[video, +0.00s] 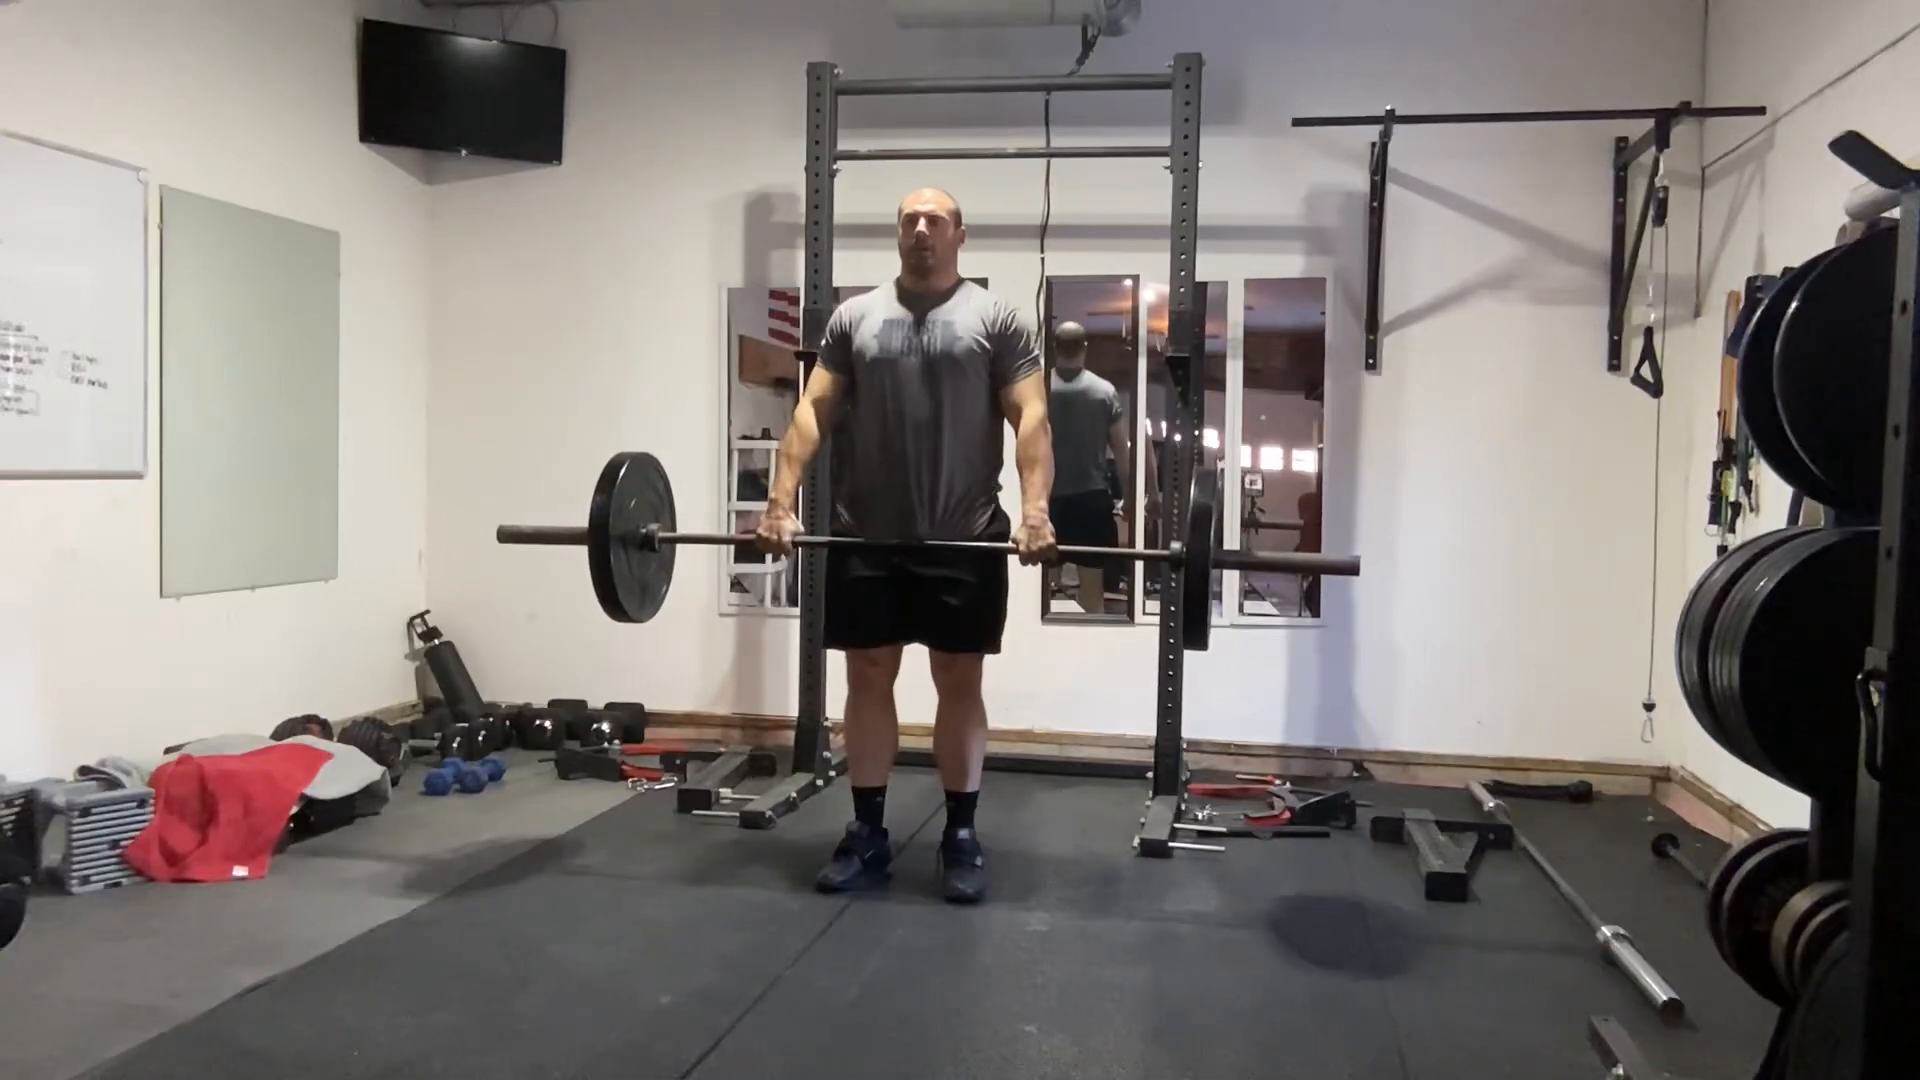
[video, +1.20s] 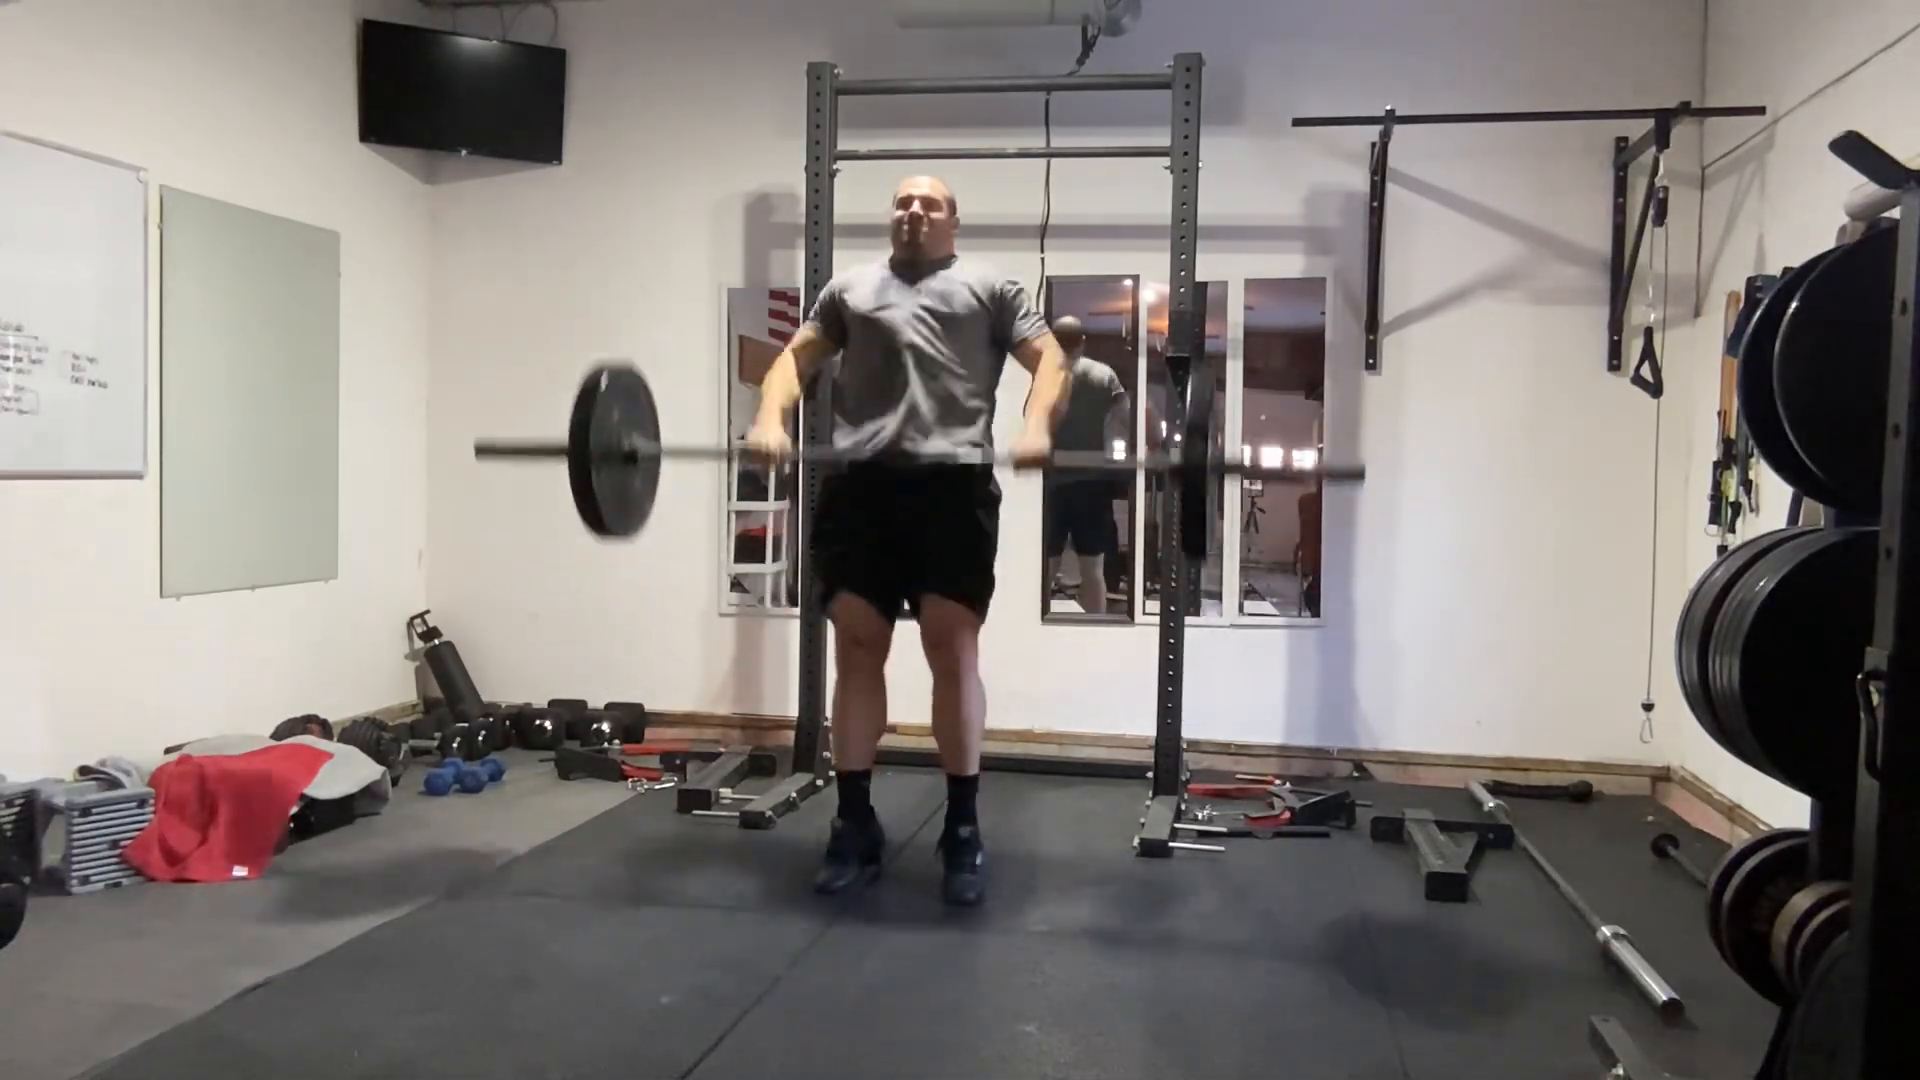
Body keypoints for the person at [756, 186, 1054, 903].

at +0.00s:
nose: (920, 228)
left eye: (935, 219)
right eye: (910, 219)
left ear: (959, 238)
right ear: (897, 236)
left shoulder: (995, 320)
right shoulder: (853, 318)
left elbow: (1030, 417)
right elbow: (810, 410)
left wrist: (1035, 508)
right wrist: (780, 501)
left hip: (962, 534)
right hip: (867, 533)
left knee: (958, 679)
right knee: (867, 676)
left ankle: (961, 836)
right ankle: (866, 836)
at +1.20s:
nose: (915, 211)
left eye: (930, 204)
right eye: (904, 203)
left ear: (954, 224)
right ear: (889, 221)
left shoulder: (989, 288)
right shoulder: (851, 289)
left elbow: (1051, 361)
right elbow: (791, 362)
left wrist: (1037, 425)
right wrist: (770, 418)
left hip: (954, 486)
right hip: (862, 483)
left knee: (950, 647)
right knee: (857, 648)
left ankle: (962, 827)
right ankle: (853, 822)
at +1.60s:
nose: (902, 224)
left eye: (918, 216)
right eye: (893, 216)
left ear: (949, 238)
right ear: (881, 238)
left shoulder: (970, 316)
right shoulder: (846, 313)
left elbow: (998, 368)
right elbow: (792, 344)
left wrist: (1019, 301)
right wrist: (784, 282)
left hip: (946, 527)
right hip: (854, 526)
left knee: (948, 683)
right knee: (861, 683)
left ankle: (960, 840)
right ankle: (867, 836)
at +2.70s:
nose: (920, 204)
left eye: (936, 201)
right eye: (910, 199)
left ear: (960, 229)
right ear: (893, 222)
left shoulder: (971, 285)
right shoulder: (852, 284)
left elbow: (1033, 283)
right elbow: (766, 283)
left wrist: (1037, 193)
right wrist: (769, 199)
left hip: (948, 498)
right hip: (857, 497)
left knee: (953, 671)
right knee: (863, 670)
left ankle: (964, 836)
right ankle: (863, 833)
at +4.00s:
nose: (908, 219)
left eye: (926, 214)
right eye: (900, 213)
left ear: (954, 244)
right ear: (885, 241)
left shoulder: (972, 317)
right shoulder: (848, 320)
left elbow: (1017, 378)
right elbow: (774, 389)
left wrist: (1034, 291)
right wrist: (769, 301)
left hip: (948, 527)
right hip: (856, 524)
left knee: (950, 688)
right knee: (846, 684)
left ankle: (959, 841)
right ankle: (867, 840)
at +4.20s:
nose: (864, 459)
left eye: (877, 447)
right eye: (853, 445)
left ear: (905, 429)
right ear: (837, 432)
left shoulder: (958, 467)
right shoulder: (810, 470)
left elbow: (1013, 574)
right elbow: (779, 573)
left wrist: (1023, 689)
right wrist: (762, 675)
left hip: (956, 554)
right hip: (862, 555)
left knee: (965, 682)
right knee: (839, 672)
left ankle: (946, 828)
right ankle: (856, 829)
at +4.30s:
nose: (871, 387)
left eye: (884, 372)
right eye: (859, 372)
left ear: (914, 363)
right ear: (843, 367)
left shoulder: (962, 420)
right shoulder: (819, 420)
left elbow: (1019, 522)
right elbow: (782, 515)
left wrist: (1025, 634)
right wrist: (765, 619)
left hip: (962, 542)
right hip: (869, 539)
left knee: (963, 674)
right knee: (853, 669)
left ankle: (946, 826)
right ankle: (856, 827)